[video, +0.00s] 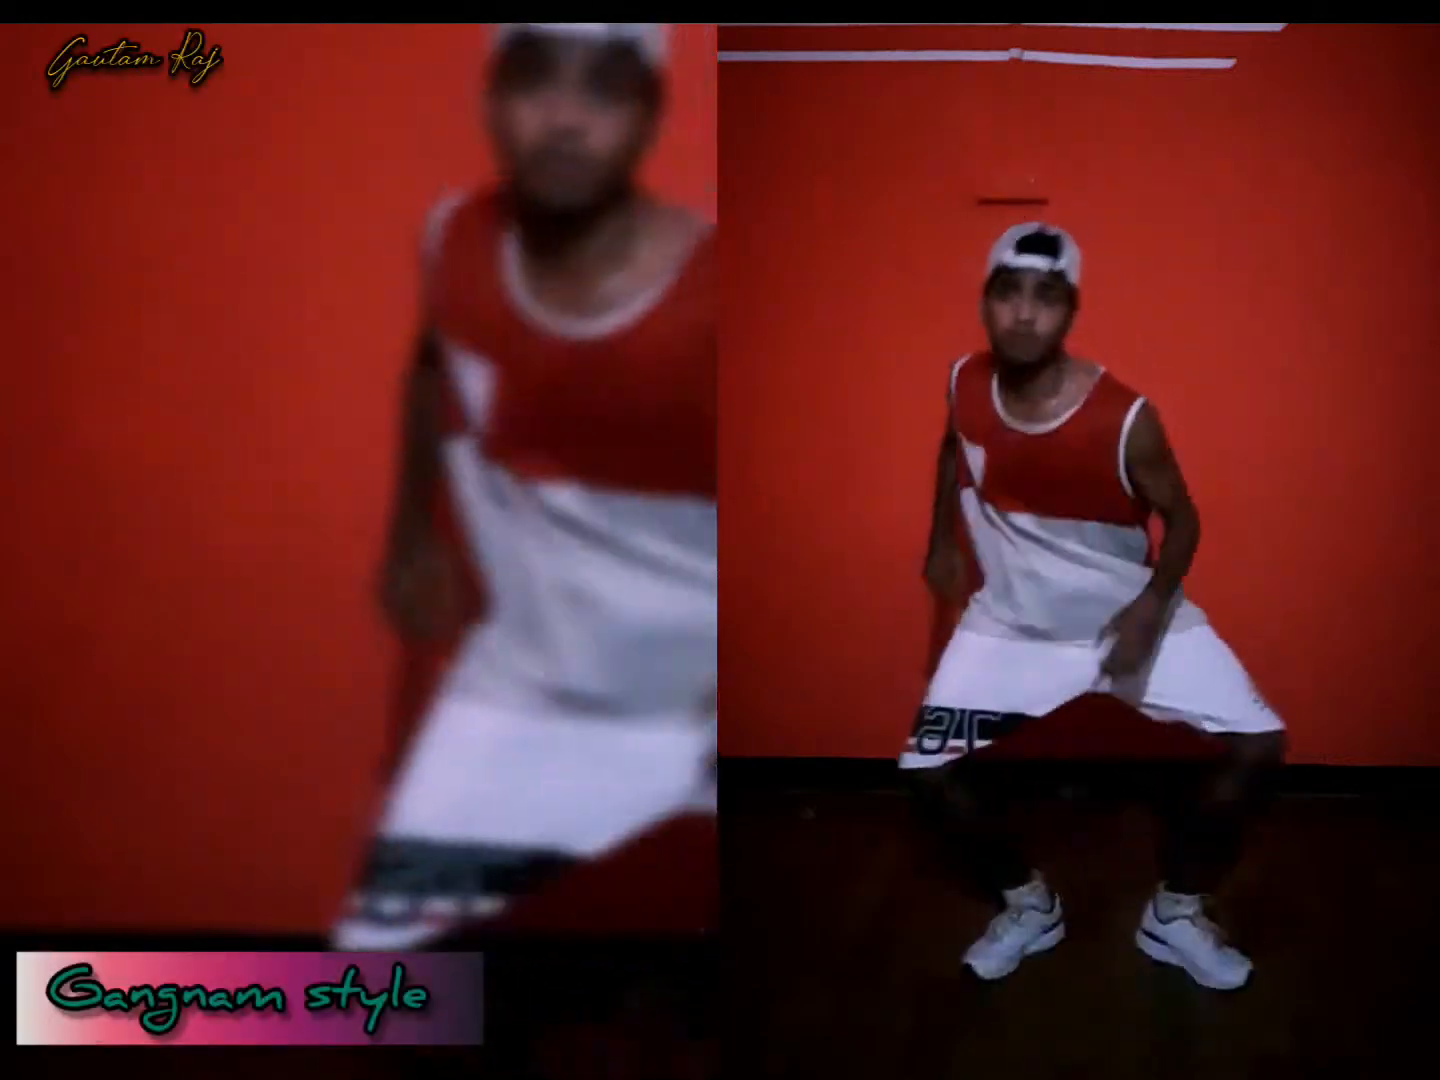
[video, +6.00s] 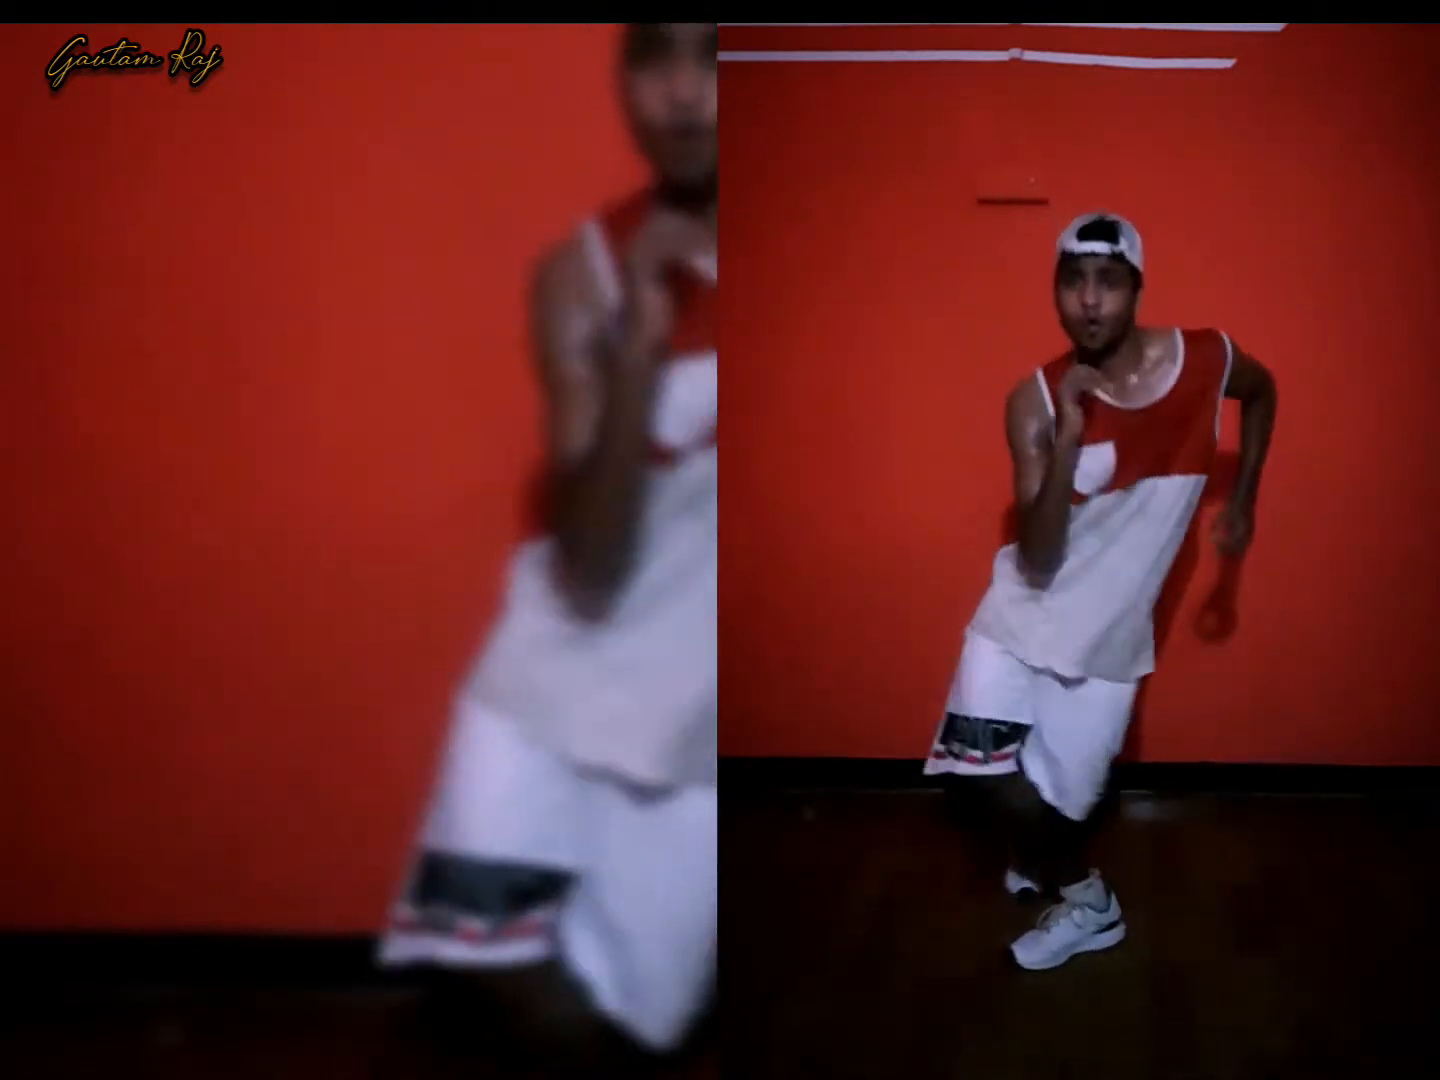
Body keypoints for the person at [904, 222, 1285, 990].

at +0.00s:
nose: (1022, 315)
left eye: (1044, 300)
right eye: (1007, 296)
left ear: (1071, 315)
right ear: (987, 307)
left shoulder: (1125, 419)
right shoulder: (968, 386)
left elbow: (1182, 520)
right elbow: (955, 452)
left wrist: (1150, 615)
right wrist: (943, 542)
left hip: (1128, 622)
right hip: (1009, 623)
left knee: (1255, 742)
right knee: (932, 766)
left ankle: (1175, 912)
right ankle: (1027, 903)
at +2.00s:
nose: (1132, 328)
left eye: (1148, 311)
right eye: (1115, 310)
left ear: (1170, 323)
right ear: (1087, 319)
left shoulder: (1207, 408)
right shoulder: (1033, 396)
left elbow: (1229, 474)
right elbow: (986, 489)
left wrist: (1214, 532)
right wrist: (1004, 546)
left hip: (1163, 609)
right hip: (1051, 602)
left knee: (1212, 744)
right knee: (978, 740)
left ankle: (1202, 895)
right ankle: (1044, 877)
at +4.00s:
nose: (1185, 253)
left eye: (1204, 238)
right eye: (1171, 232)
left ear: (1228, 249)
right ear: (1148, 236)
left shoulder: (1244, 357)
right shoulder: (1113, 291)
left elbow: (1225, 496)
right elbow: (1070, 385)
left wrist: (1174, 426)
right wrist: (1025, 466)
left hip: (1156, 593)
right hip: (1079, 573)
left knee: (1110, 774)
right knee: (1075, 765)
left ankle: (1109, 941)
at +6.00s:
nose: (1089, 302)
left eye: (1107, 284)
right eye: (1074, 284)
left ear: (1138, 293)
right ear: (1058, 295)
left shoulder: (1202, 359)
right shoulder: (1037, 401)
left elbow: (1260, 390)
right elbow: (1039, 556)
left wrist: (1242, 499)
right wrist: (1066, 445)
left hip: (1113, 628)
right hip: (1023, 606)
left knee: (1064, 800)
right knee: (979, 757)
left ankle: (1034, 863)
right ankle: (1087, 899)